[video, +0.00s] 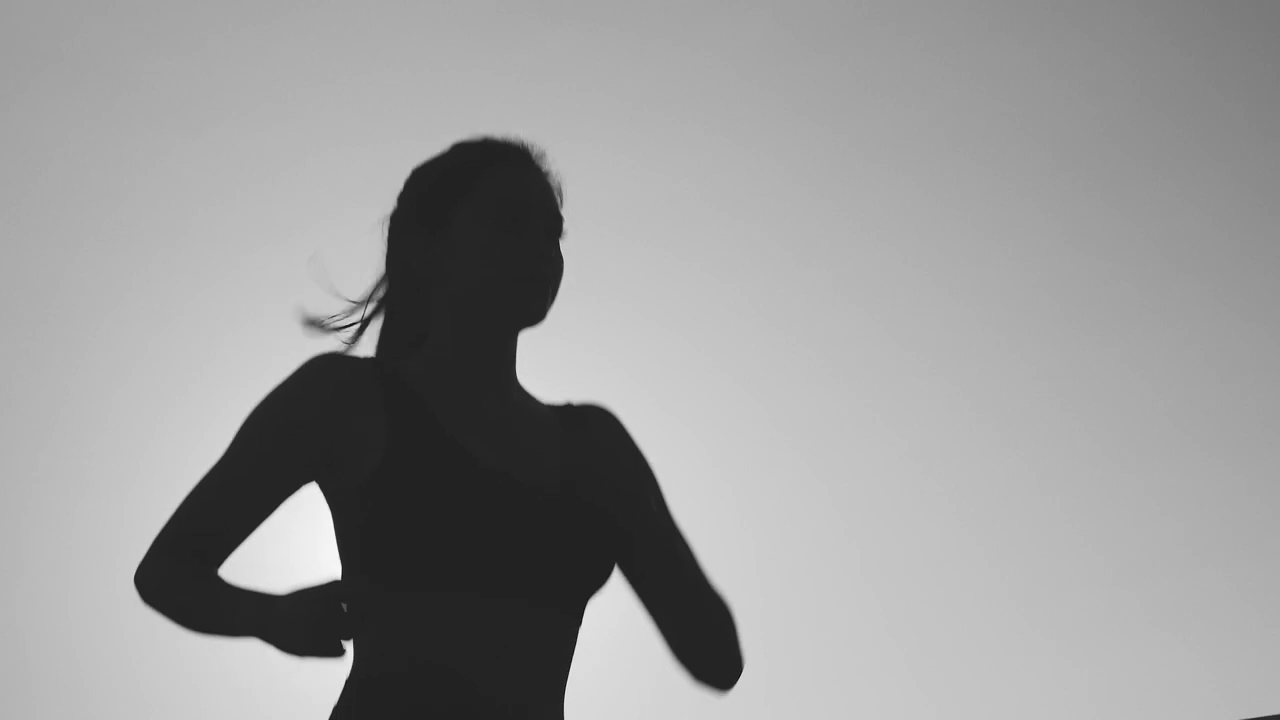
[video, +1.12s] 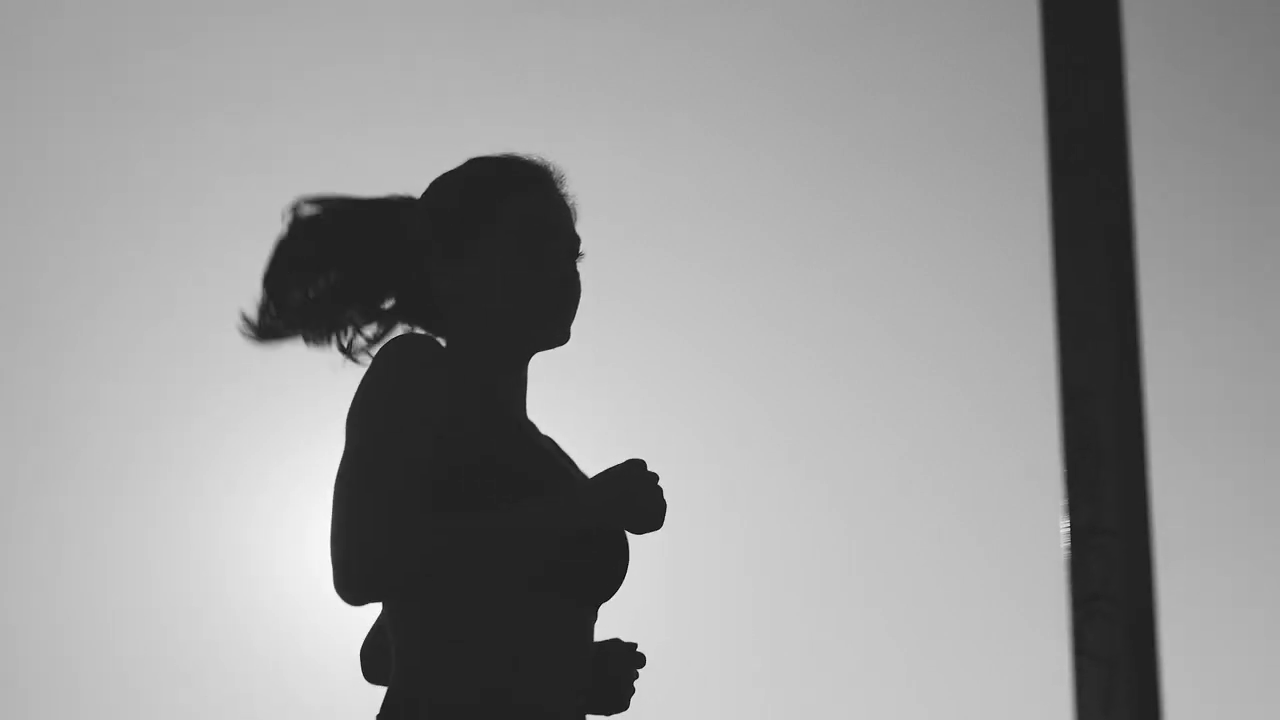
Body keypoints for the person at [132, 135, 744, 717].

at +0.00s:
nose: (549, 252)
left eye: (552, 231)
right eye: (518, 225)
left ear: (556, 259)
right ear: (435, 245)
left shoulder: (589, 445)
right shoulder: (338, 399)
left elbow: (719, 664)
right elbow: (166, 574)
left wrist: (629, 516)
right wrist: (270, 616)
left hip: (527, 709)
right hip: (379, 705)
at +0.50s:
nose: (521, 269)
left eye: (532, 247)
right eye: (488, 242)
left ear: (547, 276)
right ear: (416, 266)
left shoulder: (573, 455)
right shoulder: (322, 425)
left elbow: (648, 688)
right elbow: (179, 656)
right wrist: (346, 625)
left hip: (523, 708)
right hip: (376, 712)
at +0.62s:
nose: (527, 299)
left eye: (538, 279)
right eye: (495, 273)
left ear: (548, 309)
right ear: (417, 297)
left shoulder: (569, 491)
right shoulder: (331, 462)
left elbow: (573, 698)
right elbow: (209, 693)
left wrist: (614, 660)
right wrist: (389, 680)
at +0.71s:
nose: (528, 314)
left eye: (538, 295)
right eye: (496, 289)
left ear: (547, 318)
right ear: (418, 310)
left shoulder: (561, 503)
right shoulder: (339, 469)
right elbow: (244, 697)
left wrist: (623, 691)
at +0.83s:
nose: (545, 314)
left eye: (551, 292)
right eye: (518, 285)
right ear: (444, 297)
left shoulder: (549, 498)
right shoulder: (356, 450)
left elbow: (522, 695)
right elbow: (300, 683)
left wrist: (589, 708)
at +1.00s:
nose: (563, 292)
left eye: (563, 268)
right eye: (540, 264)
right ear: (463, 273)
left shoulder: (540, 472)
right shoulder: (390, 405)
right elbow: (346, 609)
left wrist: (577, 697)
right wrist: (574, 529)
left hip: (531, 708)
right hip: (423, 705)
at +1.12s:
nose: (575, 276)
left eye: (574, 254)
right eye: (552, 250)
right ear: (473, 261)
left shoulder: (539, 456)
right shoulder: (414, 369)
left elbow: (385, 653)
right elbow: (360, 566)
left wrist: (577, 670)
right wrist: (581, 508)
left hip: (536, 707)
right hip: (441, 703)